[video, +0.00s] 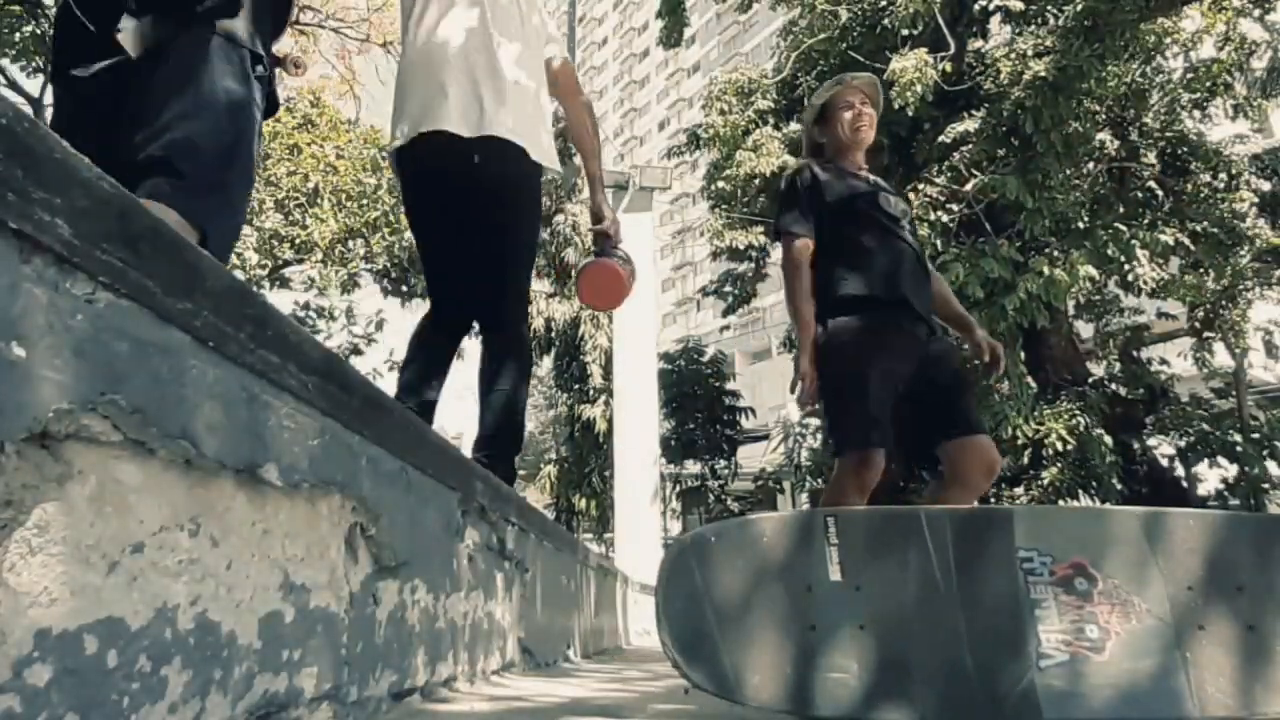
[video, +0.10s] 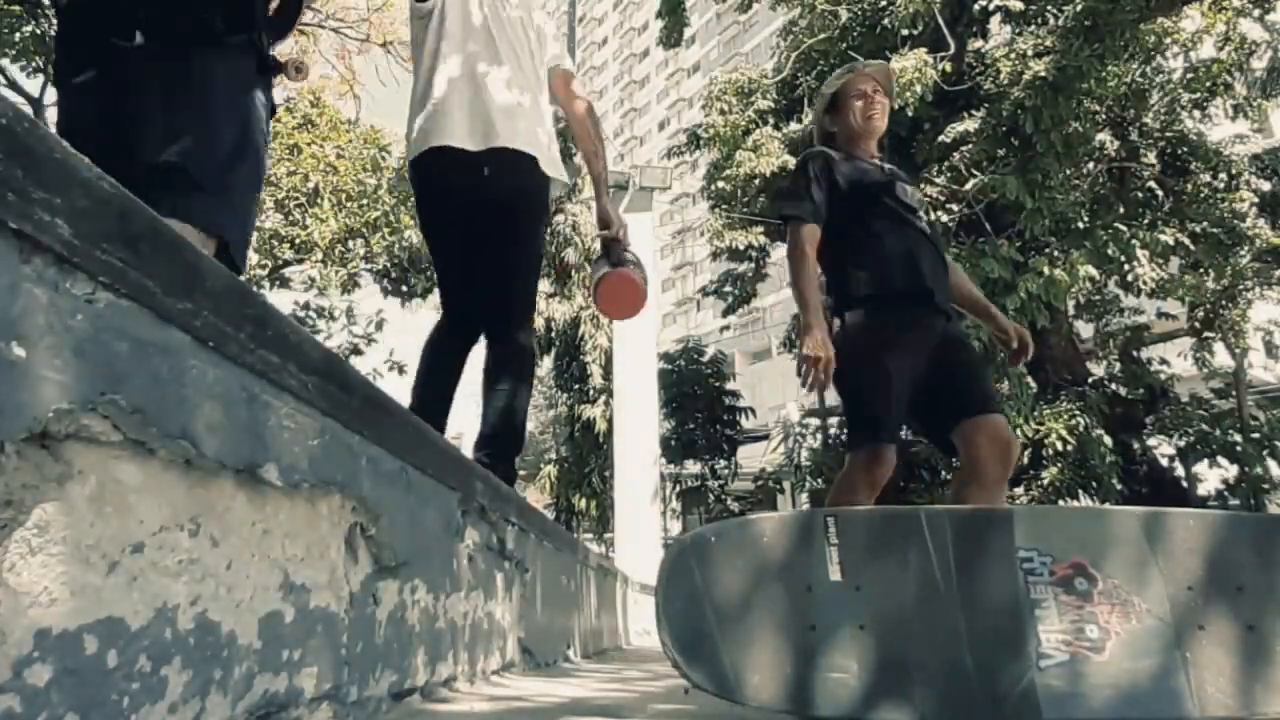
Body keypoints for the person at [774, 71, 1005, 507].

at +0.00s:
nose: (860, 113)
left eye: (867, 106)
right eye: (846, 107)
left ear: (876, 122)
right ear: (823, 126)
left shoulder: (888, 194)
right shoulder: (809, 178)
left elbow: (918, 272)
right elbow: (796, 262)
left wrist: (971, 330)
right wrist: (805, 350)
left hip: (917, 336)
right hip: (853, 337)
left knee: (976, 462)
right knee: (862, 467)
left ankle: (922, 566)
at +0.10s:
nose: (873, 101)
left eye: (880, 95)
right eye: (858, 95)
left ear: (889, 114)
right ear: (833, 117)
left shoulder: (897, 179)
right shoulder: (822, 165)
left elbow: (936, 263)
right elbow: (802, 248)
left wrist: (997, 320)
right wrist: (814, 327)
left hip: (933, 330)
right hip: (870, 332)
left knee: (992, 446)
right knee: (872, 464)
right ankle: (820, 566)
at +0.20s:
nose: (890, 95)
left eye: (898, 89)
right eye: (875, 90)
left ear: (907, 110)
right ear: (849, 114)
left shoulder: (919, 175)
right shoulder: (835, 159)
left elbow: (956, 260)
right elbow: (815, 240)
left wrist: (1012, 319)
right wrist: (826, 305)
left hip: (959, 324)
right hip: (889, 326)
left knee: (1009, 445)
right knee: (893, 460)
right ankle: (823, 567)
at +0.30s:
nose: (909, 83)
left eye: (916, 76)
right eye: (893, 80)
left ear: (928, 97)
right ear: (869, 106)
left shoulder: (952, 174)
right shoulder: (849, 157)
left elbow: (986, 260)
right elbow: (832, 235)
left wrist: (1021, 328)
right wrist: (845, 283)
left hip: (986, 315)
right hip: (915, 318)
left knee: (1019, 445)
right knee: (927, 454)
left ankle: (994, 569)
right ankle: (861, 563)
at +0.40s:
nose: (917, 72)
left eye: (925, 63)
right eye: (902, 69)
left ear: (941, 78)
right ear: (882, 92)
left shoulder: (972, 155)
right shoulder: (865, 147)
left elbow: (1007, 244)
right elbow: (842, 234)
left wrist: (1033, 325)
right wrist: (860, 272)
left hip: (994, 300)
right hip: (922, 298)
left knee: (1013, 442)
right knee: (956, 414)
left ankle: (1001, 570)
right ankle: (906, 554)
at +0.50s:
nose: (922, 59)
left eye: (932, 48)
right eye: (908, 56)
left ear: (954, 63)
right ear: (892, 82)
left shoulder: (991, 136)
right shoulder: (872, 140)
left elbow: (1020, 227)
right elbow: (850, 229)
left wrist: (1050, 314)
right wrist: (859, 272)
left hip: (1000, 288)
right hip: (923, 284)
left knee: (1006, 439)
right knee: (962, 387)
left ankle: (996, 572)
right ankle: (954, 558)